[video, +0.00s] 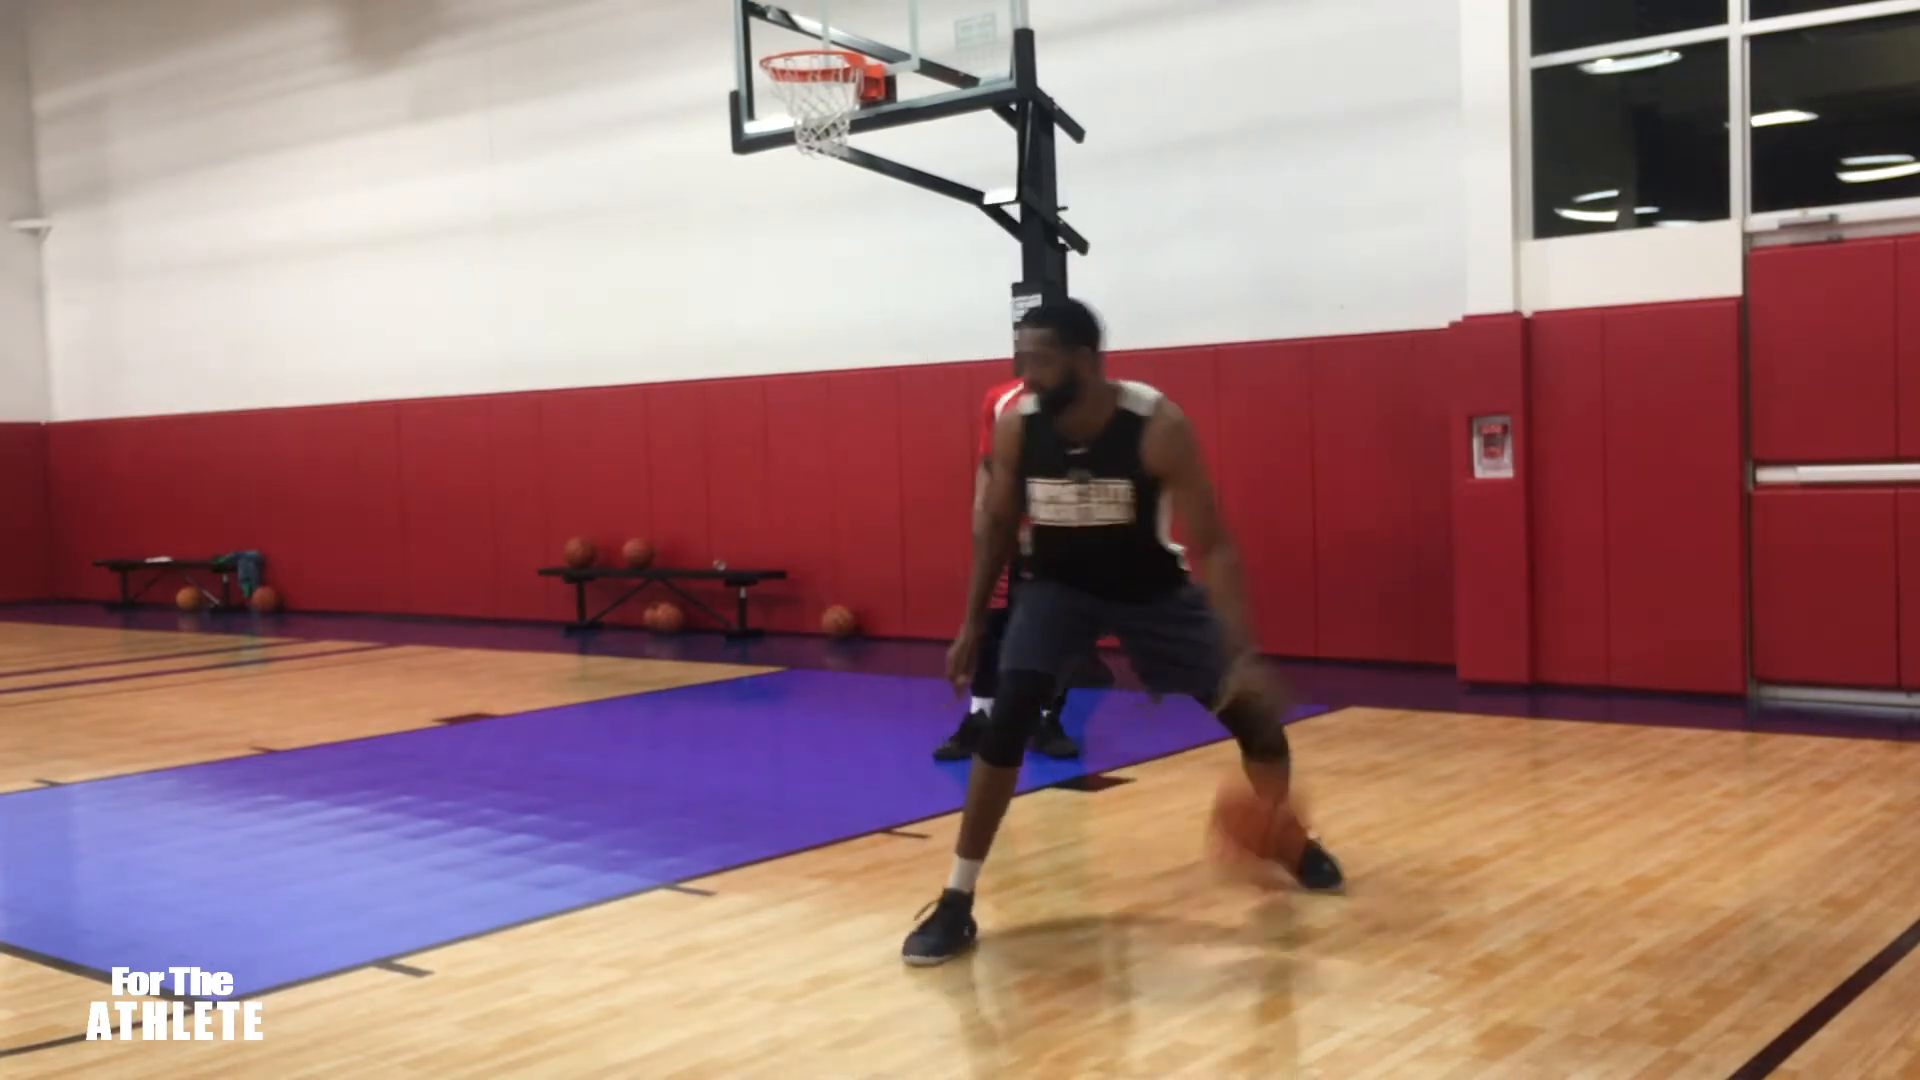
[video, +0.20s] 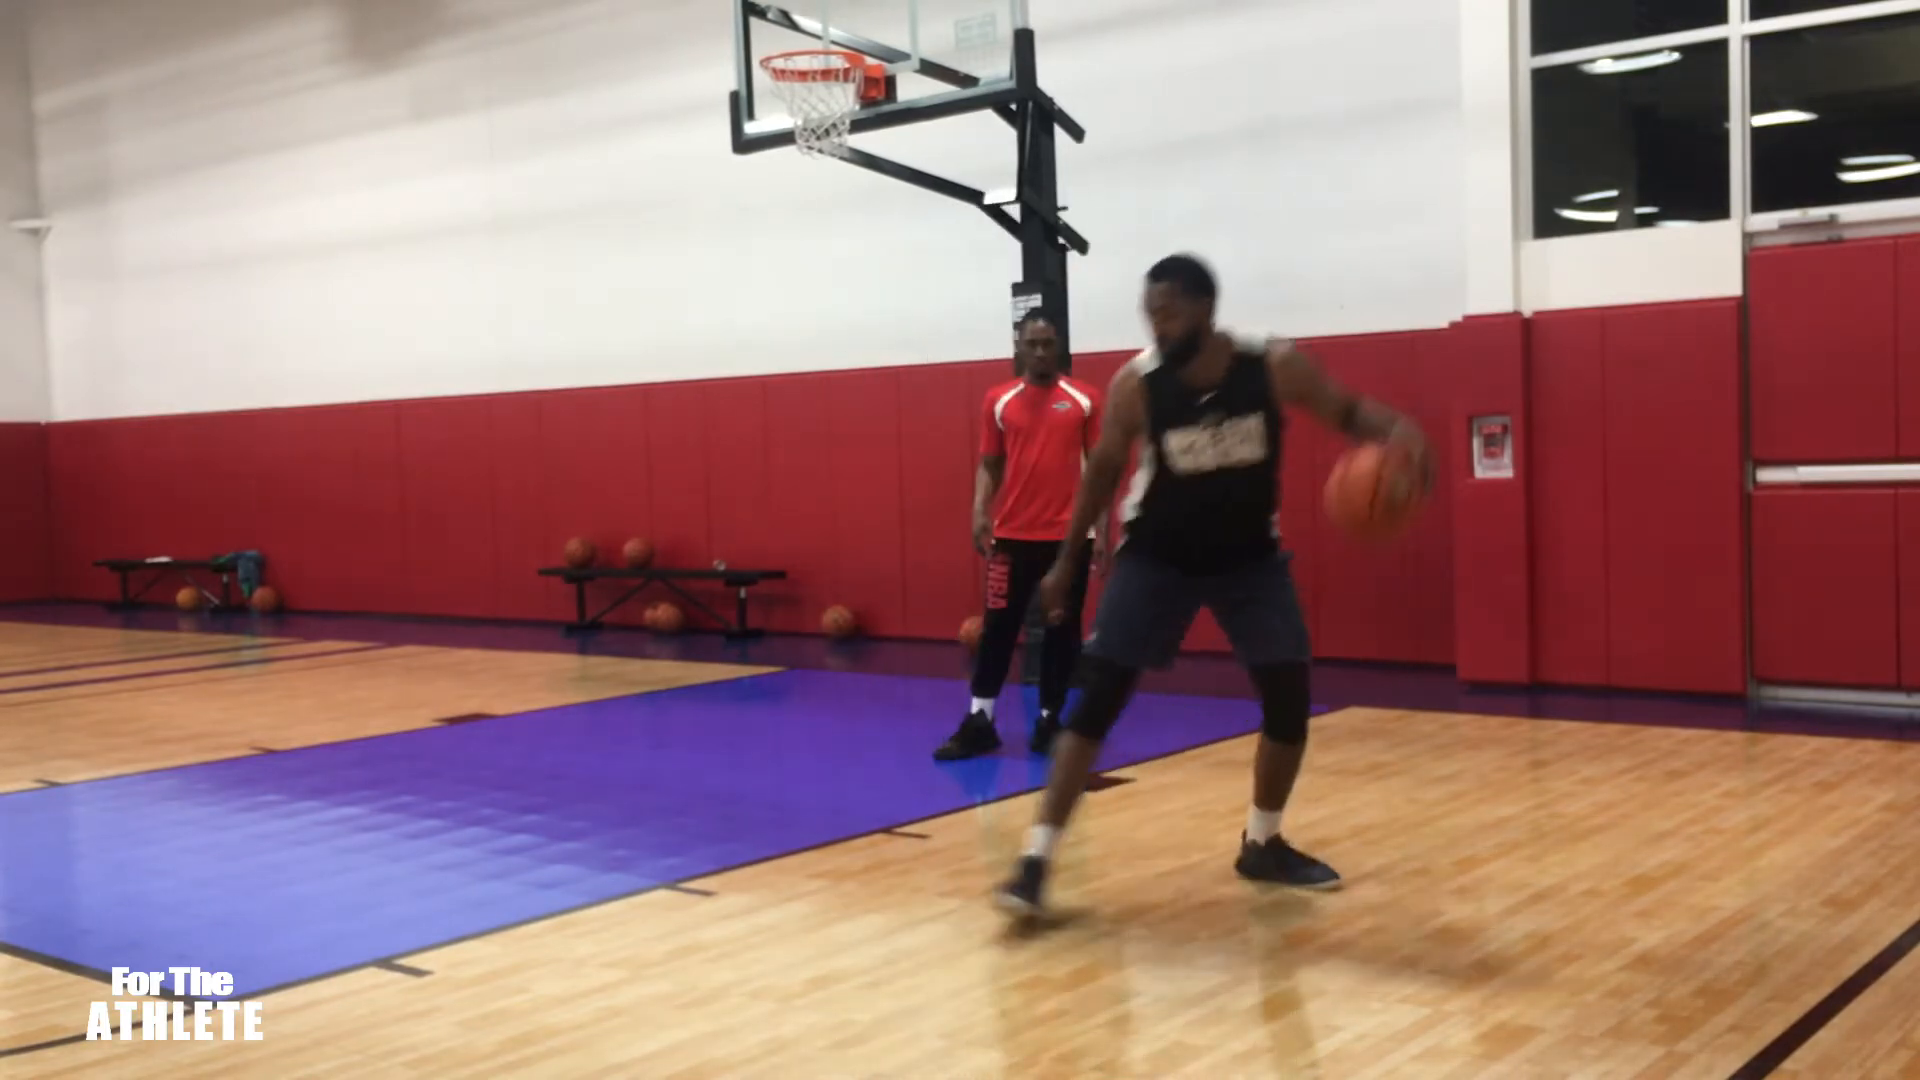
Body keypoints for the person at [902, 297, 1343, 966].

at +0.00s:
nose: (1025, 371)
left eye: (1037, 359)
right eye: (1021, 358)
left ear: (1084, 360)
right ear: (1024, 360)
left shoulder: (1156, 425)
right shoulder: (1017, 425)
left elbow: (1210, 543)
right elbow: (995, 529)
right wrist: (971, 630)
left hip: (1151, 590)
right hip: (1056, 592)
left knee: (1258, 711)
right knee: (1007, 720)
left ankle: (1283, 833)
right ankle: (956, 901)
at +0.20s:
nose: (1155, 323)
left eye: (1167, 309)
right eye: (1149, 311)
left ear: (1206, 306)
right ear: (1148, 314)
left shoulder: (1274, 367)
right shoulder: (1136, 389)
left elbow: (1350, 414)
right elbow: (1102, 472)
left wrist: (1403, 436)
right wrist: (1068, 558)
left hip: (1248, 558)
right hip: (1157, 561)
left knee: (1289, 697)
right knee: (1098, 694)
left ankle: (1263, 844)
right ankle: (1036, 858)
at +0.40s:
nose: (1218, 263)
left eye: (1229, 249)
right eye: (1210, 251)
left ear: (1266, 243)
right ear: (1207, 250)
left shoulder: (1328, 292)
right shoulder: (1198, 330)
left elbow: (1384, 346)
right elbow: (1161, 422)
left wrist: (1429, 344)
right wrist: (1149, 522)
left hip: (1311, 504)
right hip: (1231, 510)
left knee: (1306, 655)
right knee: (1235, 653)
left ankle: (1292, 817)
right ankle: (1230, 821)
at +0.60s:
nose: (1278, 297)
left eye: (1289, 284)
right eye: (1270, 285)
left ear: (1324, 277)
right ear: (1266, 284)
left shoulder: (1376, 332)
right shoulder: (1255, 361)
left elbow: (1452, 394)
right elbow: (1212, 447)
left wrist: (1402, 377)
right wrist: (1224, 509)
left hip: (1367, 519)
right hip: (1289, 528)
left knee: (1410, 651)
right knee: (1294, 662)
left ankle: (1417, 785)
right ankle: (1287, 822)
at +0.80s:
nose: (1362, 375)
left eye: (1374, 364)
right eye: (1355, 363)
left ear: (1404, 358)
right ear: (1347, 358)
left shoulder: (1448, 409)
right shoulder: (1325, 408)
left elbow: (1479, 513)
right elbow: (1311, 503)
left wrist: (1492, 619)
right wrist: (1322, 577)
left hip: (1418, 536)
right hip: (1338, 537)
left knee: (1490, 655)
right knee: (1291, 632)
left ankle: (1558, 776)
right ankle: (1270, 805)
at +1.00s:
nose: (1330, 456)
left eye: (1339, 445)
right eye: (1324, 445)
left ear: (1368, 436)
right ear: (1319, 439)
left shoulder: (1426, 456)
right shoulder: (1304, 481)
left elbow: (1462, 522)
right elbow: (1321, 555)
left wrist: (1448, 600)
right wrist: (1362, 620)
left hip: (1427, 566)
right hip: (1346, 570)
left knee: (1494, 668)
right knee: (1272, 652)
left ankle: (1566, 784)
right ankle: (1299, 794)